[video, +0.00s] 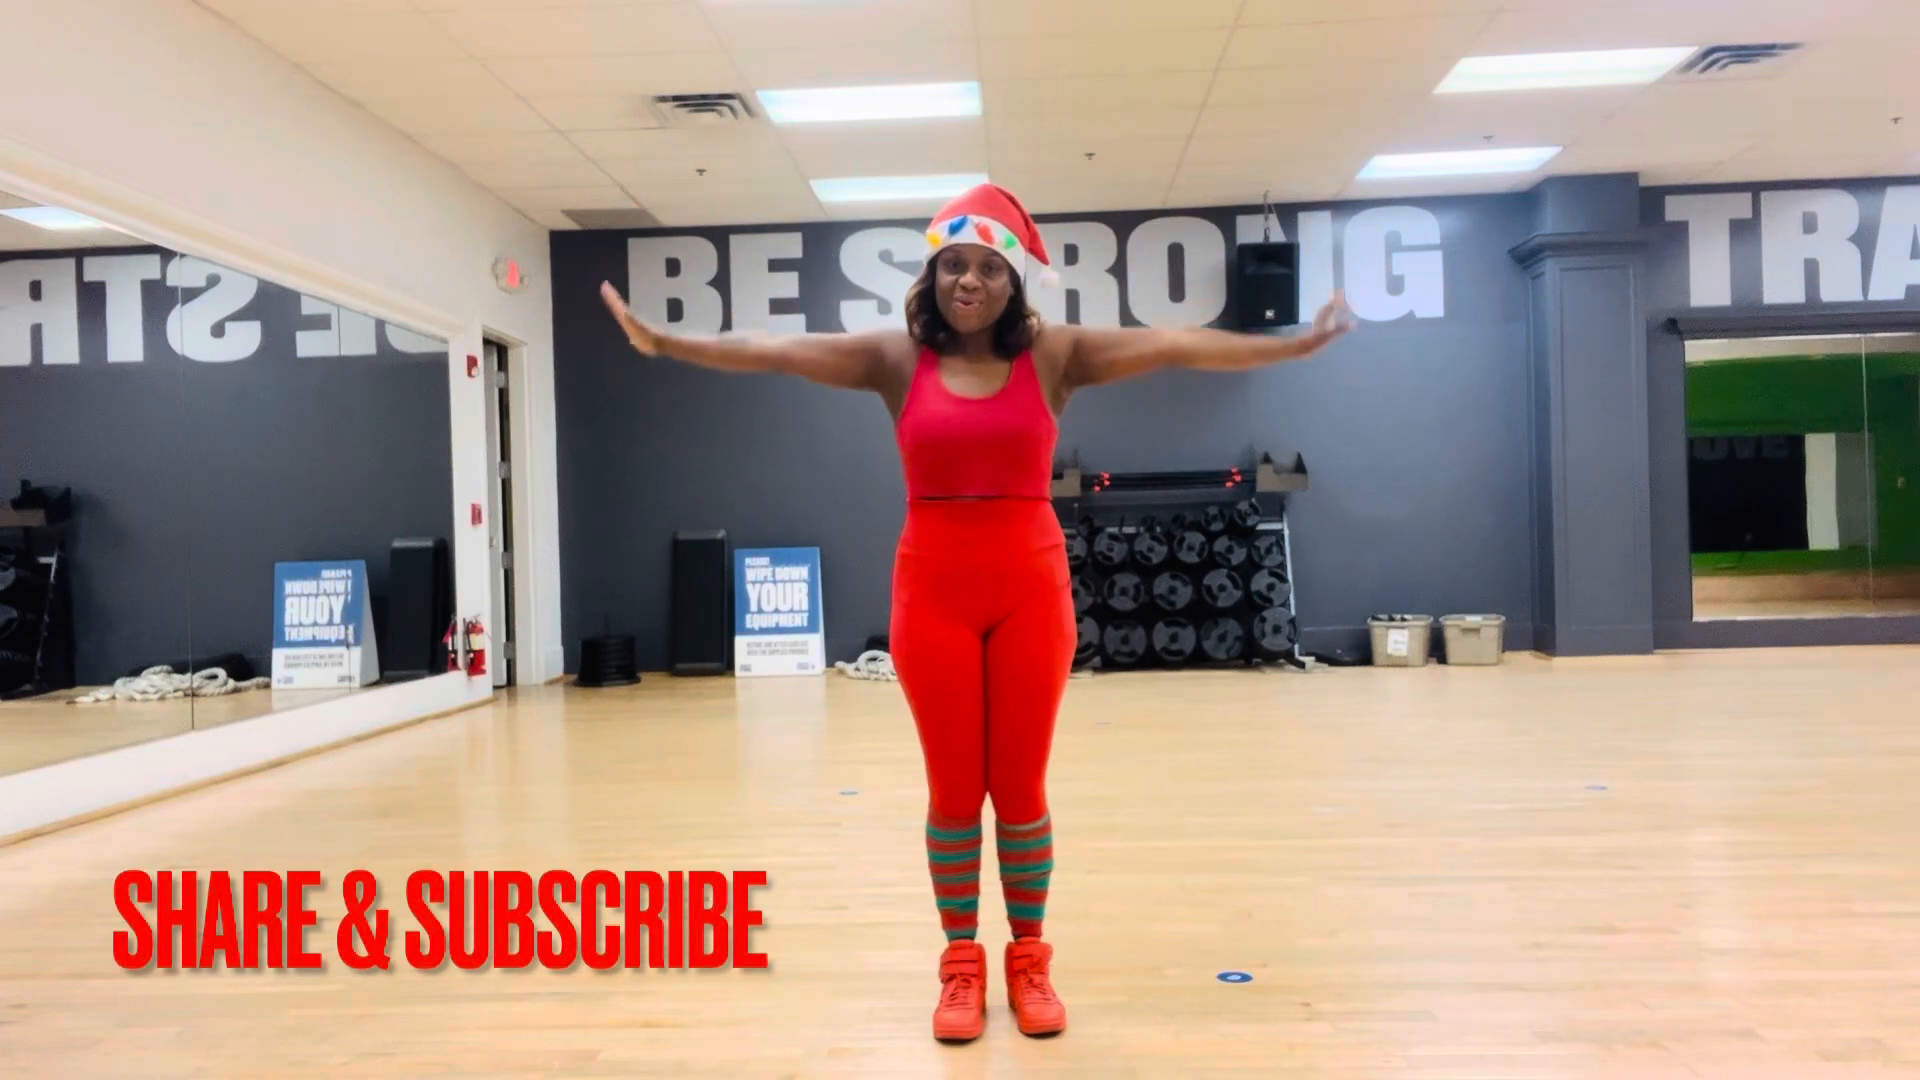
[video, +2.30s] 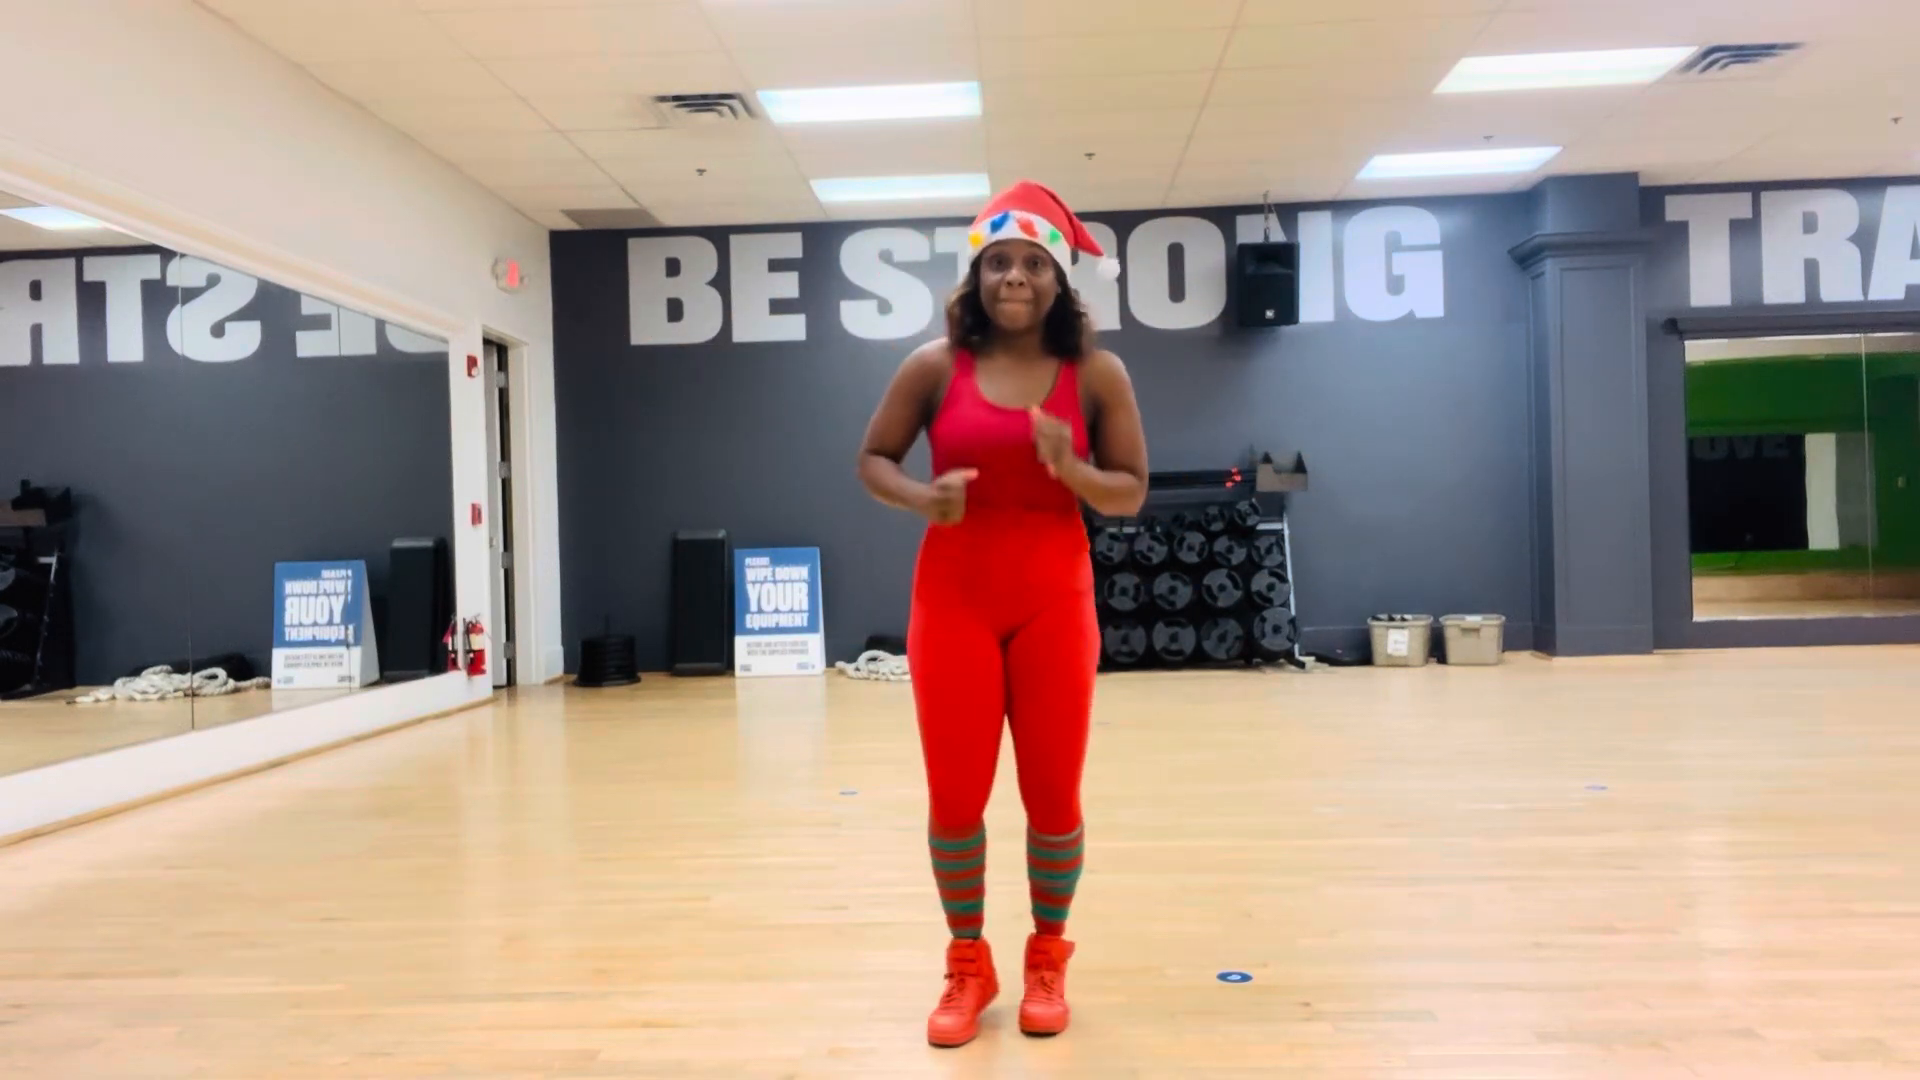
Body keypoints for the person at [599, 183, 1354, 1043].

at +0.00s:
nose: (966, 285)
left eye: (984, 270)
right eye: (952, 268)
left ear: (1014, 278)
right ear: (931, 276)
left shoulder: (1054, 351)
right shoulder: (898, 355)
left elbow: (1176, 345)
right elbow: (774, 353)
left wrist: (1291, 345)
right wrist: (658, 342)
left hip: (1031, 591)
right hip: (933, 593)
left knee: (1019, 786)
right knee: (955, 785)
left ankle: (1030, 961)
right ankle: (962, 966)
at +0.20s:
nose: (968, 280)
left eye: (985, 268)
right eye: (954, 267)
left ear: (1013, 282)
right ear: (933, 280)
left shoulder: (1051, 361)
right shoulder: (896, 364)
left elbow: (1170, 396)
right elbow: (779, 408)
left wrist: (1276, 430)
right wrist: (678, 442)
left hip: (1031, 589)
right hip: (932, 593)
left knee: (1019, 785)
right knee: (954, 787)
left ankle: (1030, 959)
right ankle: (962, 965)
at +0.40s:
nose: (970, 282)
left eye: (989, 270)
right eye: (956, 266)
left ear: (1013, 286)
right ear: (933, 276)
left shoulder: (1050, 370)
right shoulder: (894, 372)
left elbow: (1149, 450)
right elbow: (799, 469)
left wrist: (1234, 528)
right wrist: (722, 541)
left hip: (1030, 589)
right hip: (931, 591)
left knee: (1018, 784)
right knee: (954, 788)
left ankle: (1031, 960)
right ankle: (963, 966)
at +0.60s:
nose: (969, 282)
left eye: (988, 270)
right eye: (955, 265)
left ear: (1012, 285)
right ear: (932, 277)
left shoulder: (1049, 375)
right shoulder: (894, 377)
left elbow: (1093, 483)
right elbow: (856, 498)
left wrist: (1143, 592)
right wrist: (818, 598)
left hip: (1031, 592)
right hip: (931, 593)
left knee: (1019, 785)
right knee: (955, 786)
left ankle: (1029, 964)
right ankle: (961, 965)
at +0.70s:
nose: (967, 282)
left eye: (987, 270)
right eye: (954, 265)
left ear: (1011, 287)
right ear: (931, 277)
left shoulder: (1049, 375)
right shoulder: (892, 376)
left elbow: (1067, 485)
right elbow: (882, 494)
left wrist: (1073, 585)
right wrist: (878, 596)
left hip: (1029, 592)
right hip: (930, 596)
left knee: (1019, 785)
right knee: (955, 788)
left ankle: (1030, 963)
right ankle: (962, 966)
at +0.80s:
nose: (964, 284)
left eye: (983, 272)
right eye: (950, 268)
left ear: (1008, 288)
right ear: (929, 281)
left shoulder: (1045, 371)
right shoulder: (892, 374)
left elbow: (1064, 478)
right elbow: (884, 485)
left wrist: (988, 544)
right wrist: (928, 557)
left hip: (1033, 592)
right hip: (933, 594)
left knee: (1021, 782)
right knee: (955, 783)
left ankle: (1030, 966)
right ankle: (962, 968)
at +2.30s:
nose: (1016, 279)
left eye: (1033, 265)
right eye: (1001, 264)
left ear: (1057, 282)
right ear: (977, 278)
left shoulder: (1096, 374)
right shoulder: (934, 367)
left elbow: (1129, 494)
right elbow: (874, 460)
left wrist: (1071, 468)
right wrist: (922, 496)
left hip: (1056, 599)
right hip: (953, 598)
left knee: (1052, 794)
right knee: (954, 795)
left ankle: (1046, 967)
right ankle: (967, 969)